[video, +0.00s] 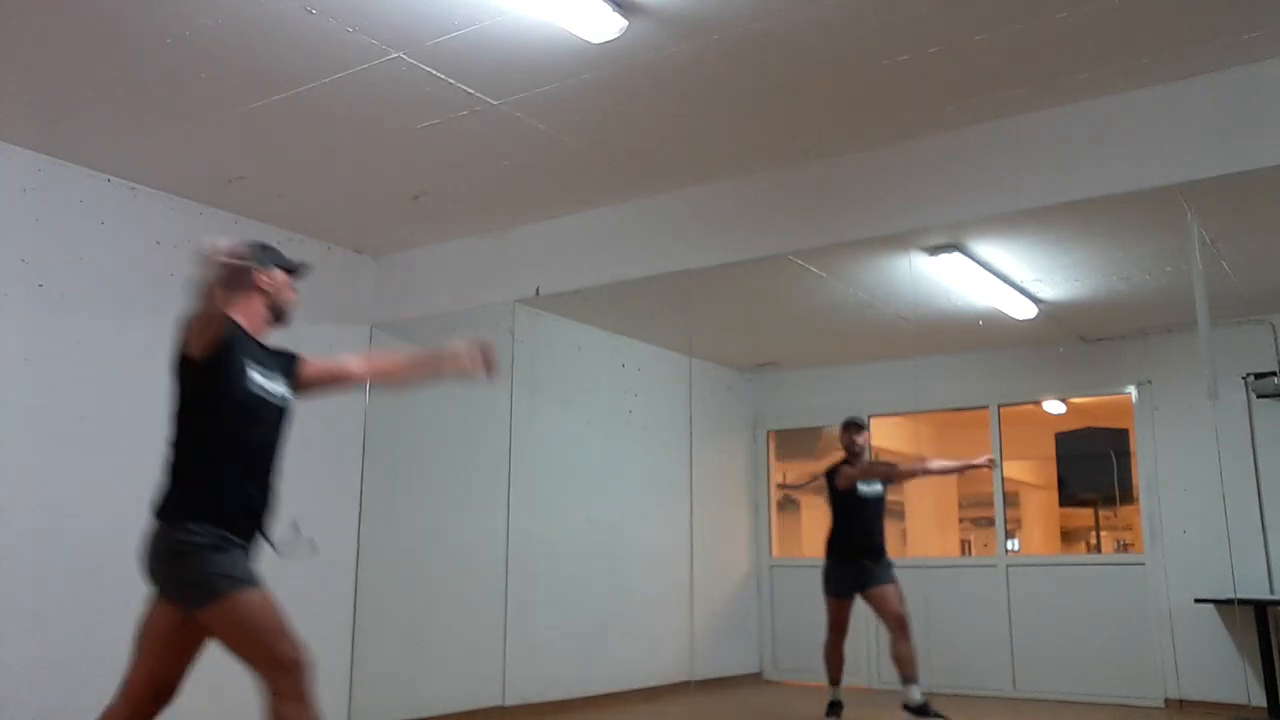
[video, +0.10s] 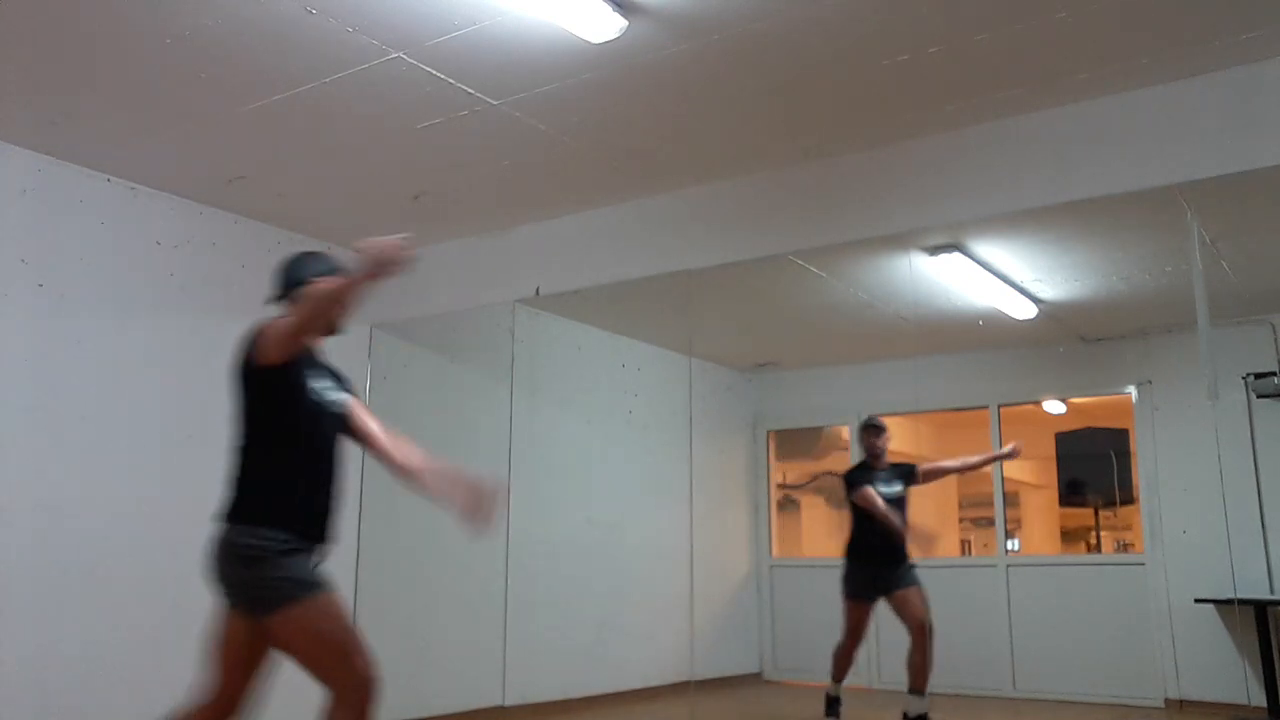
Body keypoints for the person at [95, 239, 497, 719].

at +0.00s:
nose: (296, 287)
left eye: (294, 278)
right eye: (288, 275)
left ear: (264, 283)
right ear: (258, 278)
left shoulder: (283, 365)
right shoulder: (212, 341)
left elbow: (365, 368)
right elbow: (208, 322)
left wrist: (451, 359)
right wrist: (218, 284)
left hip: (223, 548)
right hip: (193, 543)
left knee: (140, 700)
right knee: (288, 671)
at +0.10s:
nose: (340, 303)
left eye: (342, 293)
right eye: (331, 292)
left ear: (339, 297)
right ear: (302, 294)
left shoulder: (326, 378)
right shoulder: (266, 349)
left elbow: (385, 442)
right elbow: (313, 308)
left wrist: (455, 488)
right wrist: (363, 274)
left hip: (284, 556)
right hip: (260, 554)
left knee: (222, 702)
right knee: (355, 683)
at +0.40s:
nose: (562, 282)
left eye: (561, 272)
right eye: (556, 272)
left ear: (515, 275)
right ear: (532, 272)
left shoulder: (494, 325)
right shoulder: (522, 324)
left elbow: (440, 374)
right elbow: (633, 343)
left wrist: (396, 397)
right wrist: (738, 353)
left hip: (472, 530)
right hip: (436, 524)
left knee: (537, 668)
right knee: (387, 686)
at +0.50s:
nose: (609, 292)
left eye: (607, 282)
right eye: (603, 281)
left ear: (557, 286)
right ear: (583, 283)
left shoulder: (541, 328)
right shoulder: (569, 340)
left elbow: (527, 299)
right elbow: (636, 434)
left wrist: (524, 281)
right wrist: (689, 506)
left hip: (549, 548)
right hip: (520, 544)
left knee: (613, 689)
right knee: (464, 701)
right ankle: (329, 689)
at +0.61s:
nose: (653, 288)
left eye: (651, 276)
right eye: (645, 276)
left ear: (613, 280)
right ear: (621, 279)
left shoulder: (615, 334)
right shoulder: (598, 331)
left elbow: (642, 268)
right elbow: (585, 425)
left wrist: (658, 214)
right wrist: (560, 512)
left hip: (605, 536)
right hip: (578, 531)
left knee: (624, 695)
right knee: (572, 686)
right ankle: (473, 576)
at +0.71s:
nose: (695, 236)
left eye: (692, 227)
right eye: (686, 228)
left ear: (672, 233)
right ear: (662, 235)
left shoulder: (689, 280)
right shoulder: (633, 276)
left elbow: (754, 224)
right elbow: (581, 289)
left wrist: (803, 162)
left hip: (608, 473)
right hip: (620, 472)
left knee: (582, 635)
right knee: (696, 612)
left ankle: (543, 709)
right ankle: (555, 637)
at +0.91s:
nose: (749, 213)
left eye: (750, 207)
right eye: (738, 204)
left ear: (742, 225)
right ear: (710, 213)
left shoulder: (756, 299)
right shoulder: (707, 262)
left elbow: (821, 350)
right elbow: (707, 147)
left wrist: (895, 386)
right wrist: (711, 52)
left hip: (697, 465)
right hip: (706, 468)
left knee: (612, 589)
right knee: (805, 617)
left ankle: (550, 468)